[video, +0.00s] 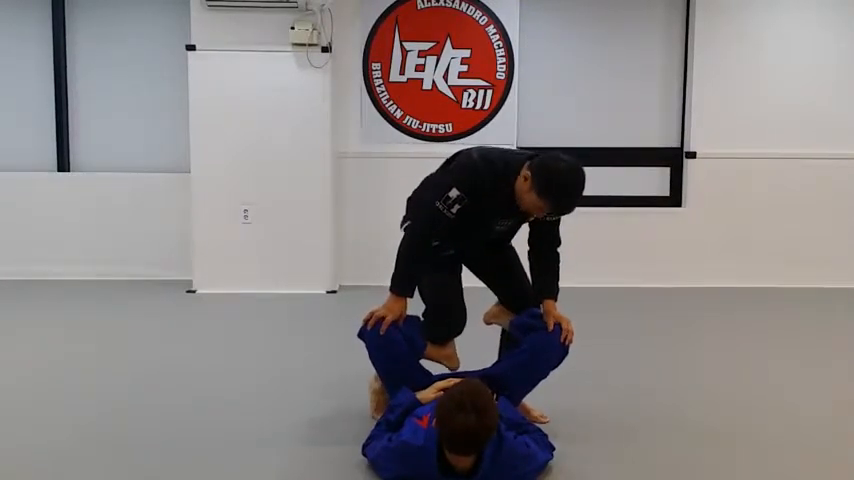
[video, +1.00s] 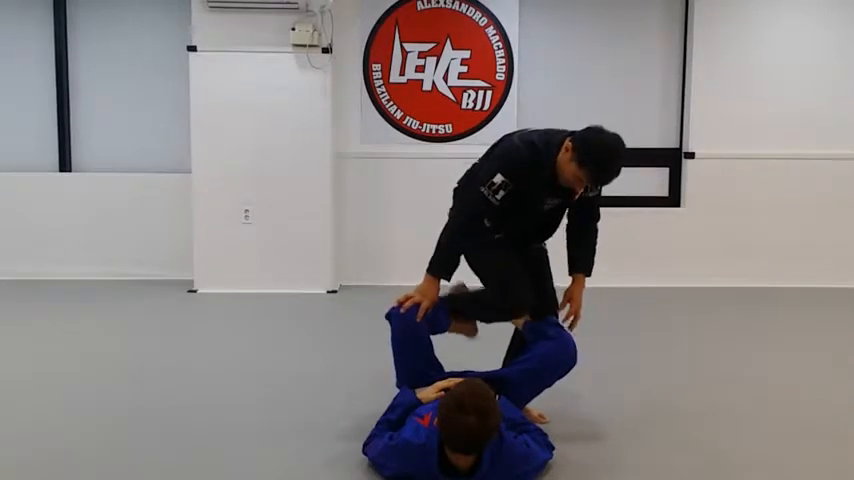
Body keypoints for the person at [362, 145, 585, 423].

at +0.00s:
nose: (539, 217)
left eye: (547, 214)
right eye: (538, 209)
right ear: (526, 179)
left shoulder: (549, 187)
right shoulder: (474, 171)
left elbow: (545, 244)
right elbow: (420, 227)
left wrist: (549, 302)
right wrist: (398, 297)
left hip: (485, 238)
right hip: (437, 234)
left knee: (526, 307)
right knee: (447, 325)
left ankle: (508, 395)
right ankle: (388, 377)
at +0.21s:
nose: (539, 216)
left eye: (548, 213)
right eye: (538, 207)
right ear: (526, 179)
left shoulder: (555, 193)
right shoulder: (476, 169)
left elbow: (551, 245)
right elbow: (420, 225)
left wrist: (551, 306)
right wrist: (398, 294)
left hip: (490, 233)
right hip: (441, 228)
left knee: (526, 306)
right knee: (442, 316)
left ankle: (507, 395)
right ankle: (388, 376)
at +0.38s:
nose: (550, 213)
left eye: (560, 209)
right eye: (549, 202)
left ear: (575, 197)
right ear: (539, 171)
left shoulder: (569, 190)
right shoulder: (489, 162)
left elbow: (563, 244)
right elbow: (434, 219)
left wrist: (558, 309)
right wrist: (405, 290)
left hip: (502, 232)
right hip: (452, 224)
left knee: (531, 309)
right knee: (446, 315)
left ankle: (508, 396)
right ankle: (390, 373)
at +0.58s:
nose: (570, 204)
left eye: (580, 200)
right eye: (570, 193)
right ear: (557, 165)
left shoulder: (583, 181)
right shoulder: (506, 158)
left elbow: (577, 237)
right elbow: (451, 214)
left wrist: (566, 302)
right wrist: (420, 280)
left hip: (517, 230)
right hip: (468, 221)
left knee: (535, 312)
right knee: (468, 302)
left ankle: (508, 397)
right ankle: (399, 342)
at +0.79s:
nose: (576, 196)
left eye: (585, 192)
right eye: (575, 185)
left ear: (596, 187)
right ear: (564, 157)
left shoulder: (589, 180)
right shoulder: (515, 155)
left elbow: (582, 231)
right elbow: (459, 212)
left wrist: (573, 290)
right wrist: (427, 281)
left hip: (523, 232)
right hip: (475, 220)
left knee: (536, 315)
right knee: (489, 293)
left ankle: (508, 398)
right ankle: (416, 305)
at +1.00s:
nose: (580, 189)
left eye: (589, 185)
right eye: (579, 179)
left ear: (600, 180)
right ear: (567, 149)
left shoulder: (588, 173)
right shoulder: (518, 153)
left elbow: (584, 220)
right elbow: (465, 209)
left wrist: (578, 280)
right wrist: (432, 279)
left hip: (526, 236)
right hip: (481, 230)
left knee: (543, 318)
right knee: (513, 303)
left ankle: (510, 396)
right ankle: (453, 305)